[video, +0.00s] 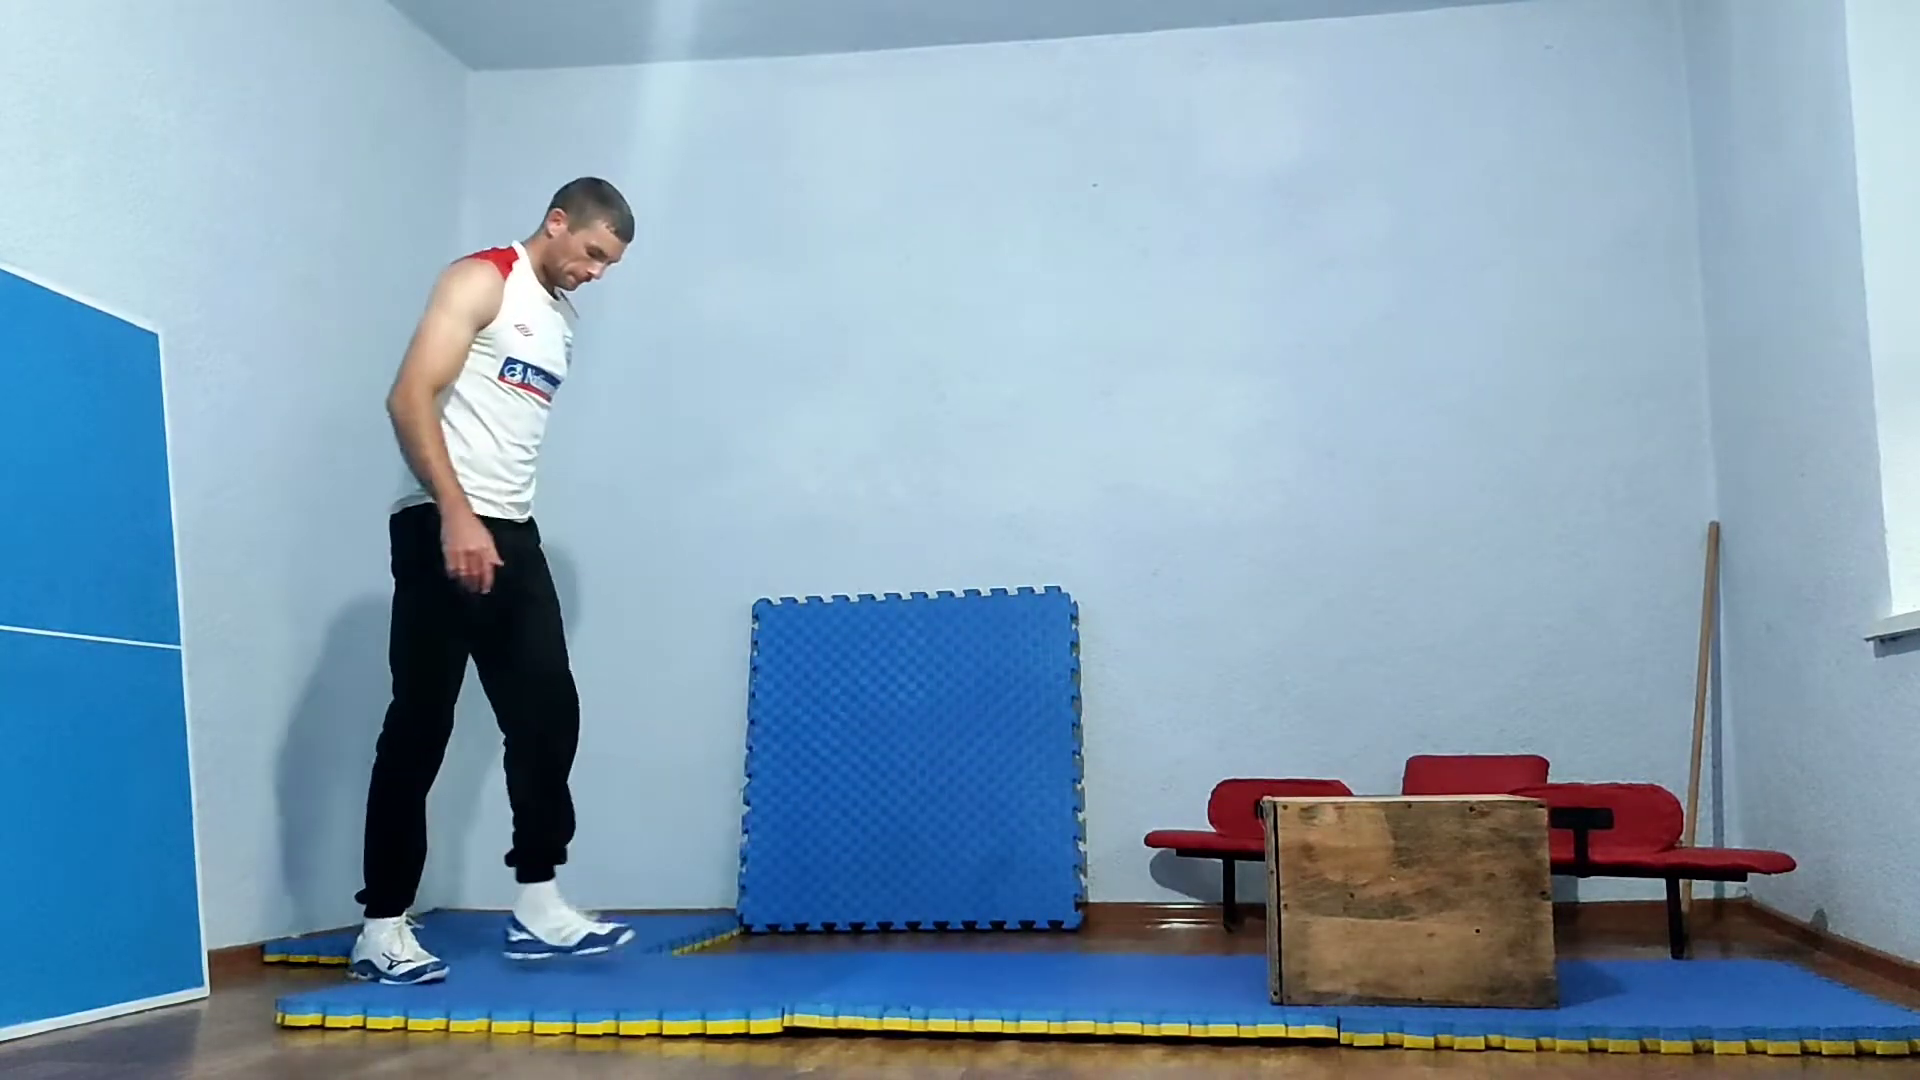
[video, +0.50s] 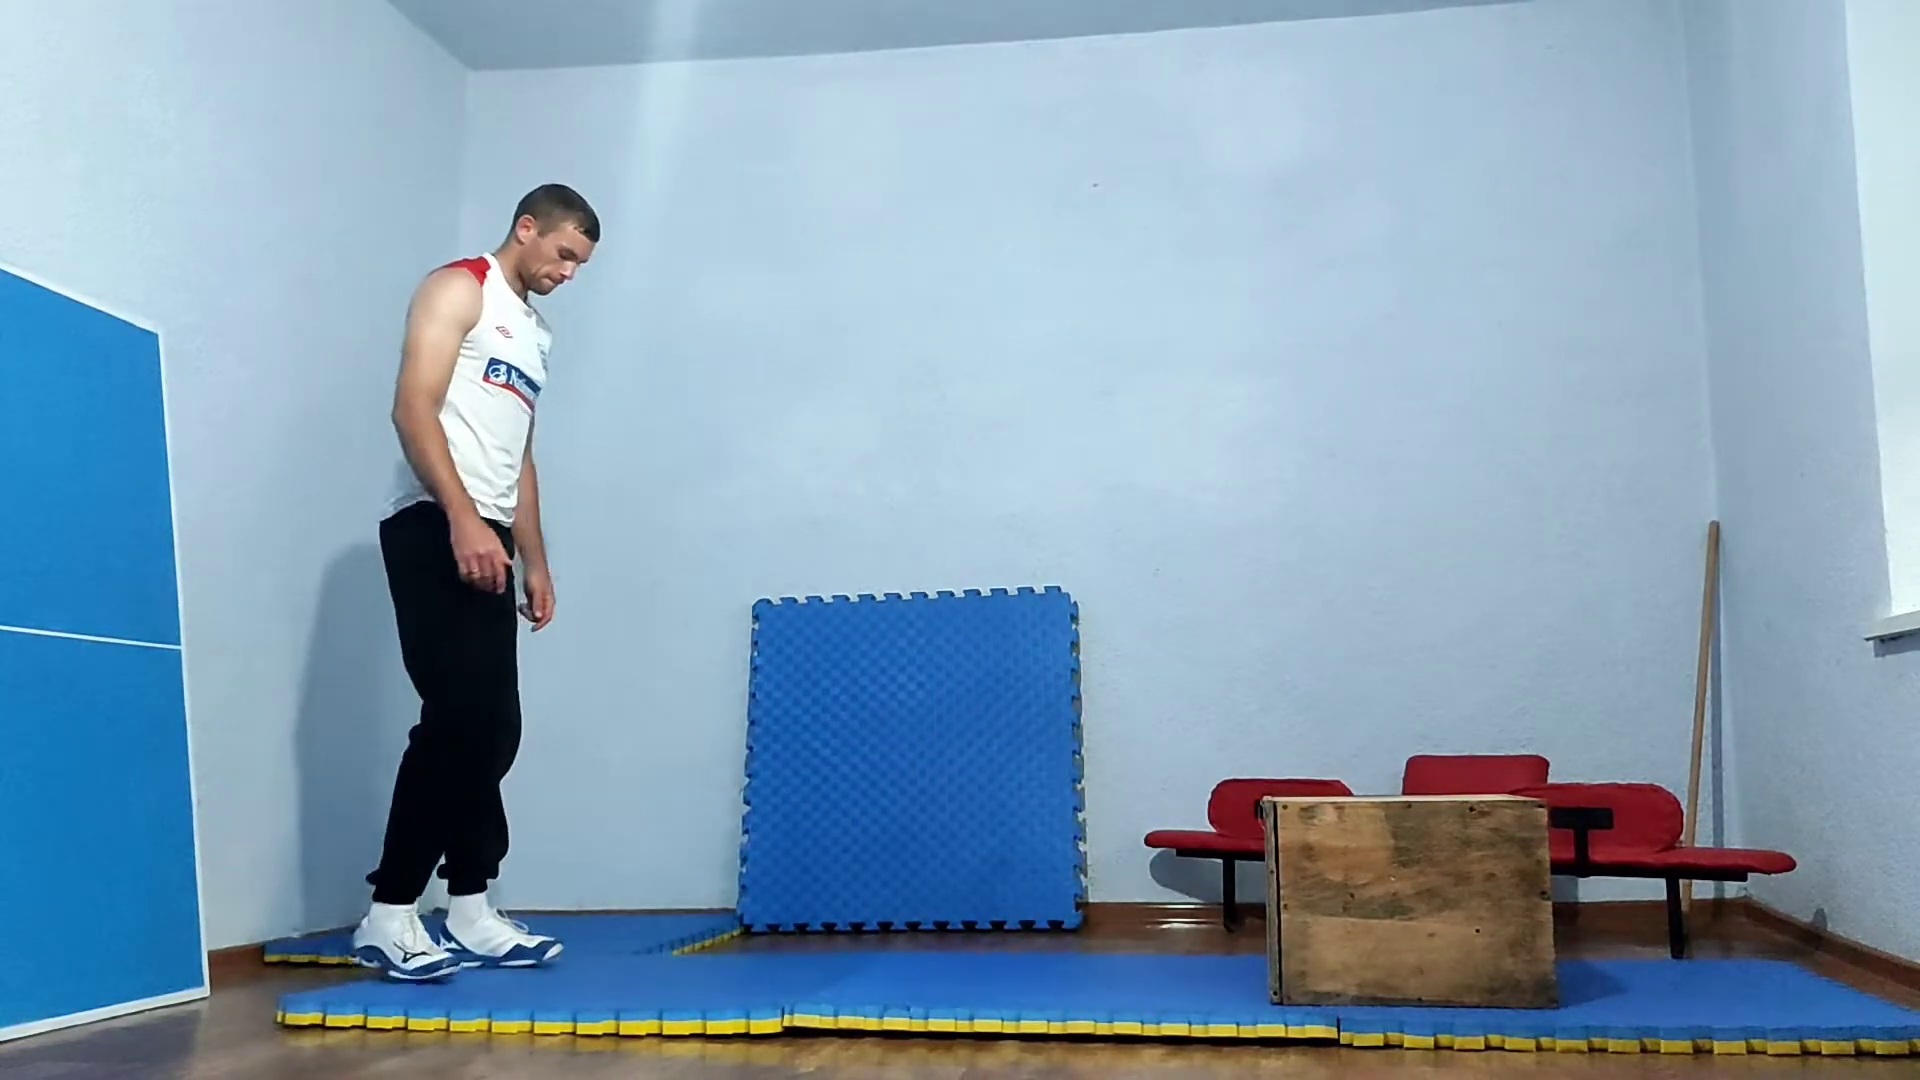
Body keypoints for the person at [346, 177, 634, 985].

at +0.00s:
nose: (596, 271)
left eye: (608, 261)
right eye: (593, 252)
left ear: (604, 258)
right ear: (554, 222)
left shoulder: (555, 313)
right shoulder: (478, 281)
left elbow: (503, 424)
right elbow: (410, 400)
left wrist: (511, 519)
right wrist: (456, 512)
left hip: (512, 538)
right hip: (440, 533)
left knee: (546, 715)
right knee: (417, 726)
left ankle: (539, 901)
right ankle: (384, 924)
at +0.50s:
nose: (568, 272)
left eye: (578, 262)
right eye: (562, 253)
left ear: (574, 261)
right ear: (524, 229)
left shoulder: (533, 328)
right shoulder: (456, 291)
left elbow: (519, 455)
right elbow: (414, 411)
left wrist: (535, 557)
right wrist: (462, 518)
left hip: (489, 541)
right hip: (432, 530)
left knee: (494, 726)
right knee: (457, 719)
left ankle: (468, 910)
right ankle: (388, 915)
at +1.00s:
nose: (539, 241)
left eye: (546, 230)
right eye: (532, 223)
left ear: (527, 232)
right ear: (484, 208)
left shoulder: (507, 317)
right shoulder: (430, 278)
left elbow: (555, 428)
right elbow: (466, 374)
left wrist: (647, 481)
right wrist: (588, 412)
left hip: (486, 534)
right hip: (426, 526)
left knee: (506, 721)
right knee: (439, 718)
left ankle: (472, 908)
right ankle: (407, 927)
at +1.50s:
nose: (534, 202)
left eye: (540, 194)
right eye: (520, 186)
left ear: (539, 209)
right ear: (483, 187)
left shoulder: (522, 276)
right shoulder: (444, 256)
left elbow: (590, 194)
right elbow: (497, 134)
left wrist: (628, 89)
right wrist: (561, 40)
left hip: (516, 519)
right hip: (456, 514)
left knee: (514, 719)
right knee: (460, 716)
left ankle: (472, 908)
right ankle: (407, 925)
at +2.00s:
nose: (536, 185)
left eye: (542, 176)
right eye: (520, 172)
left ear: (540, 191)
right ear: (484, 180)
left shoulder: (528, 253)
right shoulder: (458, 230)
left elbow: (564, 159)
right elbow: (482, 93)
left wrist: (562, 39)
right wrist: (505, 1)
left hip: (538, 494)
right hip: (476, 490)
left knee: (528, 702)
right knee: (458, 699)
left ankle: (492, 891)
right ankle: (418, 911)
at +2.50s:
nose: (555, 206)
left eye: (560, 195)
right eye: (541, 190)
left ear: (552, 209)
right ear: (498, 190)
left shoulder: (536, 272)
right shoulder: (465, 248)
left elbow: (603, 182)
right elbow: (531, 126)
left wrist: (624, 68)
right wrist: (585, 29)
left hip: (526, 517)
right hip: (465, 510)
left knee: (518, 719)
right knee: (457, 712)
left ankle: (478, 905)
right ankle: (406, 925)